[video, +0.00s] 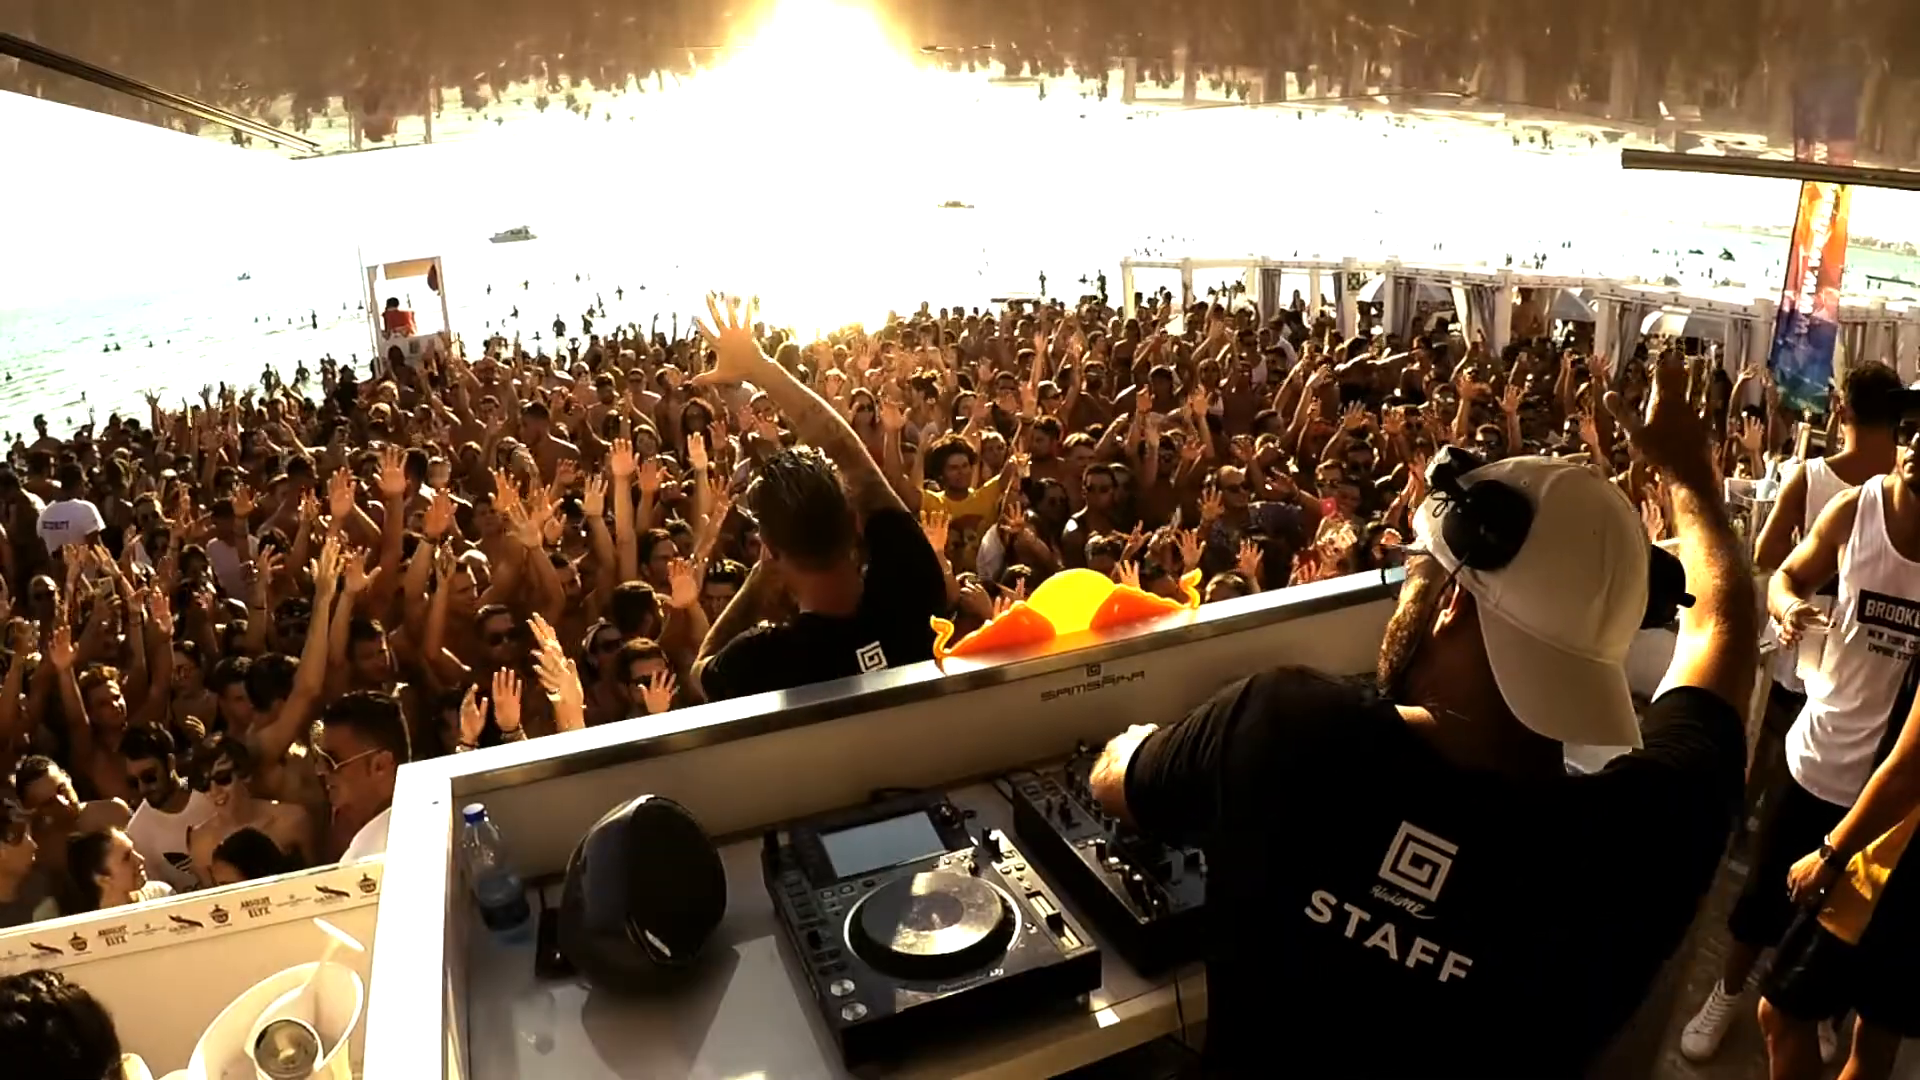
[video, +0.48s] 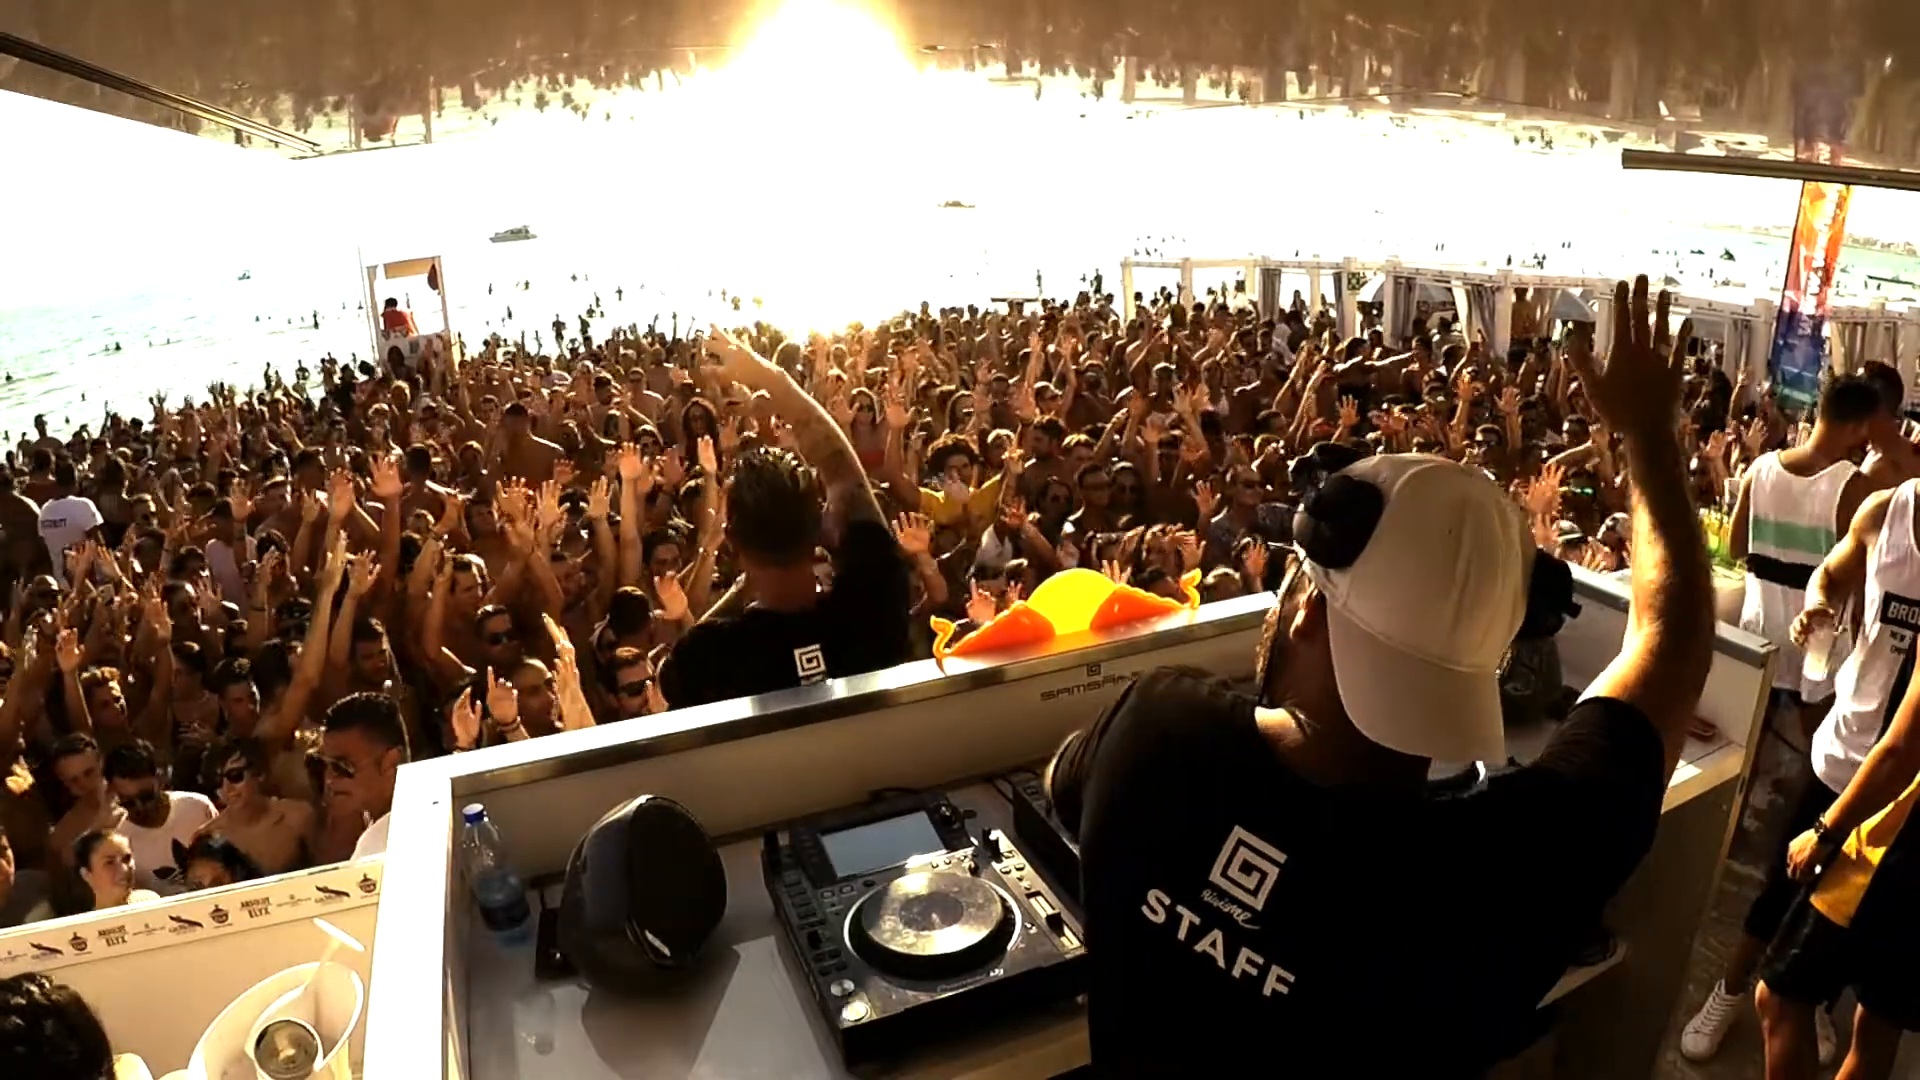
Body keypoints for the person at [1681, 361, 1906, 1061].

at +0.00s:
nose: (1911, 455)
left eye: (1917, 444)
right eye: (1908, 442)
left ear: (1910, 450)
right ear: (1895, 446)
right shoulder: (1856, 509)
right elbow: (1785, 579)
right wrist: (1787, 608)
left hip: (1897, 784)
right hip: (1820, 749)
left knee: (1855, 926)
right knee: (1761, 889)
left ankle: (1843, 1033)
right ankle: (1728, 994)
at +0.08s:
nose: (1912, 451)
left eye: (1917, 439)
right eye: (1906, 437)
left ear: (1911, 449)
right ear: (1892, 446)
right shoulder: (1862, 510)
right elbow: (1793, 575)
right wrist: (1785, 603)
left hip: (1898, 778)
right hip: (1822, 746)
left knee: (1861, 917)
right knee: (1762, 886)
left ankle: (1843, 1031)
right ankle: (1727, 995)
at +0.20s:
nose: (1866, 456)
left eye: (1874, 442)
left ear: (1900, 433)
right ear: (1898, 444)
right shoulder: (1875, 507)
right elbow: (1801, 570)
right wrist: (1786, 594)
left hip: (1904, 783)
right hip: (1830, 751)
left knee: (1865, 923)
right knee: (1771, 889)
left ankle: (1842, 1022)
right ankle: (1726, 995)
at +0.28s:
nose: (1908, 452)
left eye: (1908, 442)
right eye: (1905, 440)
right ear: (1889, 435)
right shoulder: (1879, 510)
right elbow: (1807, 570)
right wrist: (1795, 592)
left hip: (1902, 779)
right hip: (1835, 749)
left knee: (1863, 914)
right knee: (1775, 885)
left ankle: (1836, 1015)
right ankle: (1727, 995)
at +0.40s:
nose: (1912, 447)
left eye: (1915, 437)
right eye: (1910, 434)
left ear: (1915, 444)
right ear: (1903, 441)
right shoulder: (1885, 508)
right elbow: (1821, 572)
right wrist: (1808, 594)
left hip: (1902, 778)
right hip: (1837, 747)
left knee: (1857, 905)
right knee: (1776, 882)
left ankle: (1826, 998)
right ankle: (1729, 991)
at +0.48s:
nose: (1900, 439)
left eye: (1900, 428)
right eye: (1897, 425)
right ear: (1873, 422)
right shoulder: (1877, 504)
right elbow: (1831, 581)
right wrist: (1819, 606)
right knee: (1785, 870)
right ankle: (1731, 992)